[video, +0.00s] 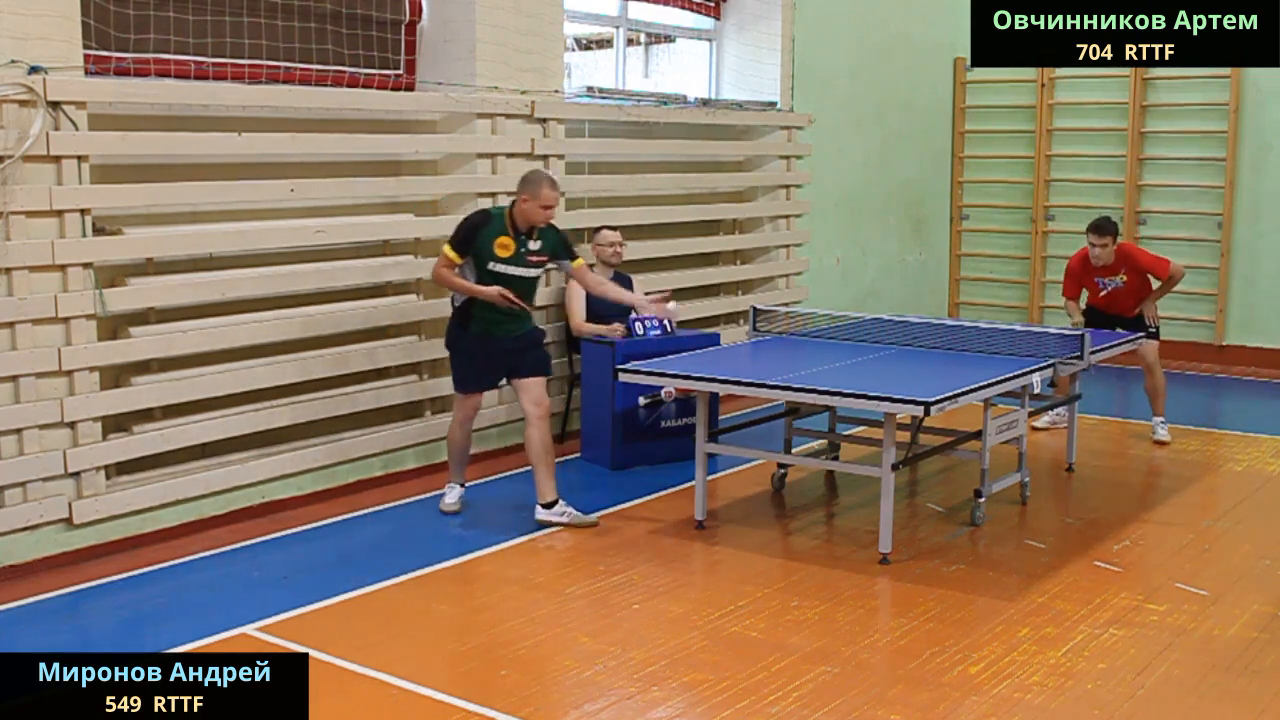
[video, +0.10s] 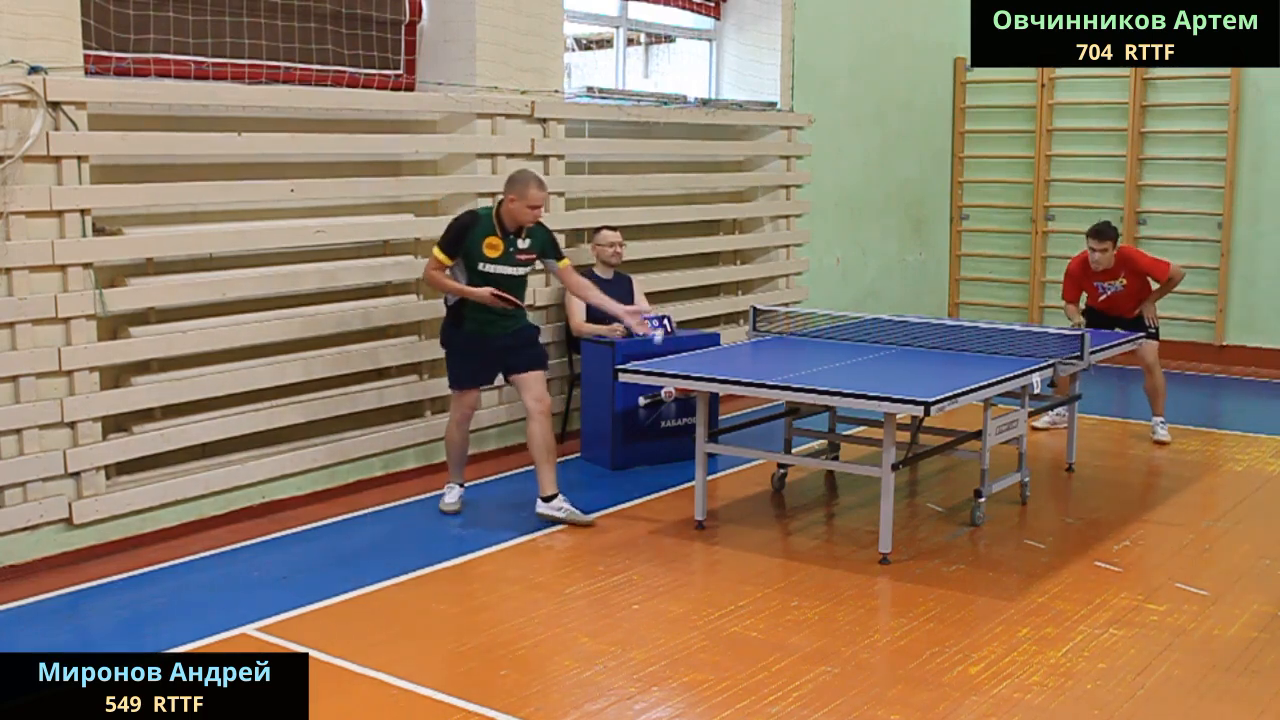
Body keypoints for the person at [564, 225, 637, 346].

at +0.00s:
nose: (618, 250)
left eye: (621, 245)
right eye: (611, 245)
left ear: (624, 247)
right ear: (594, 250)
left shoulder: (628, 281)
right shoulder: (578, 283)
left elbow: (644, 315)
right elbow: (577, 327)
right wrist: (606, 330)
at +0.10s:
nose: (618, 250)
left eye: (621, 246)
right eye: (611, 246)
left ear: (624, 248)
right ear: (594, 250)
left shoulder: (629, 282)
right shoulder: (579, 283)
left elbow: (646, 314)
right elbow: (577, 327)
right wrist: (606, 330)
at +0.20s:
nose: (618, 250)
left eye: (621, 245)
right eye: (611, 246)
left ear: (624, 247)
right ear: (594, 250)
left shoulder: (630, 282)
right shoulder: (578, 283)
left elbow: (648, 317)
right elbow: (577, 327)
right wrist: (610, 331)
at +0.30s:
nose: (618, 250)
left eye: (621, 245)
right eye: (611, 246)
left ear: (624, 247)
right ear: (594, 250)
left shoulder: (629, 282)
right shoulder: (578, 284)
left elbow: (648, 315)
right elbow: (577, 327)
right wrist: (607, 330)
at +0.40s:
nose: (618, 251)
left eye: (621, 246)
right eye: (611, 246)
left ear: (624, 248)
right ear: (594, 250)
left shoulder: (629, 282)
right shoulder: (578, 284)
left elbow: (648, 316)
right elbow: (577, 328)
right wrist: (607, 331)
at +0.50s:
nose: (618, 251)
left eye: (621, 246)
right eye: (611, 246)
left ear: (624, 248)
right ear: (594, 250)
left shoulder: (629, 283)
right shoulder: (577, 283)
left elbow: (650, 319)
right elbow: (577, 327)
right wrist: (611, 331)